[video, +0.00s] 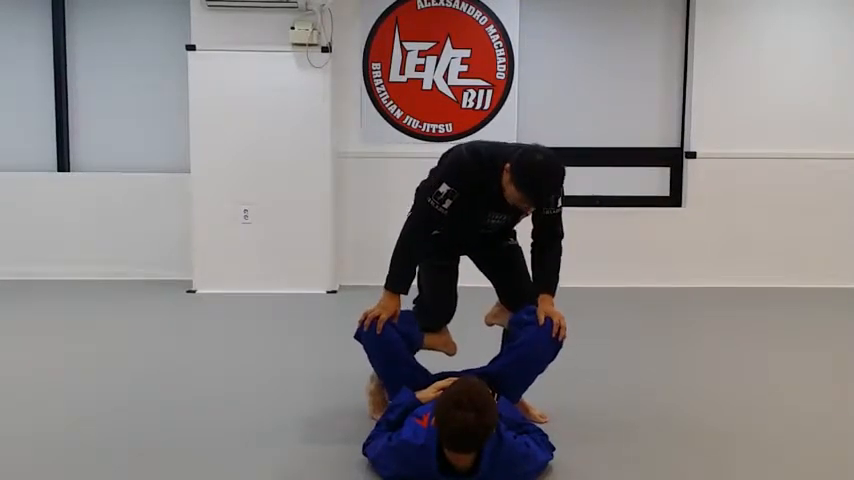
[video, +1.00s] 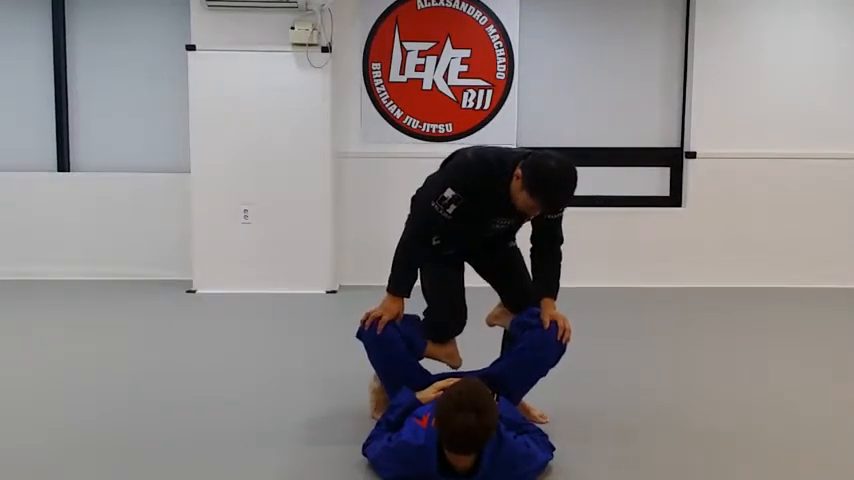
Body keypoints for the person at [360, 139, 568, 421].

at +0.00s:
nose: (527, 209)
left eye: (534, 204)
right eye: (523, 200)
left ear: (548, 191)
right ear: (508, 175)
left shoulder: (547, 181)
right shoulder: (465, 163)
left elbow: (548, 238)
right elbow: (417, 226)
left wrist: (546, 298)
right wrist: (392, 295)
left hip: (493, 233)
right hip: (442, 231)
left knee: (526, 305)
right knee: (437, 313)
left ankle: (508, 392)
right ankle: (384, 373)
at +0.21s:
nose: (526, 213)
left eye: (534, 208)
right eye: (522, 204)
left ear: (549, 194)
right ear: (509, 177)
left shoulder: (547, 183)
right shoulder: (464, 165)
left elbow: (548, 239)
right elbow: (416, 226)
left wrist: (547, 299)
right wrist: (391, 296)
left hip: (491, 232)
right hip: (440, 230)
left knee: (525, 307)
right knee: (436, 313)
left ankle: (508, 393)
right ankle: (384, 373)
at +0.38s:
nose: (522, 215)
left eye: (529, 211)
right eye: (518, 206)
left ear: (547, 194)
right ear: (506, 177)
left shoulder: (545, 182)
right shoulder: (464, 165)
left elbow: (548, 239)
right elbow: (414, 228)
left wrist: (546, 298)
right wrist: (389, 297)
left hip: (491, 232)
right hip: (439, 230)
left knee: (526, 305)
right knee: (435, 312)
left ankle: (508, 392)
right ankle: (384, 373)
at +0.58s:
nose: (521, 216)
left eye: (527, 212)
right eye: (516, 208)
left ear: (544, 195)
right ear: (505, 179)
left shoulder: (545, 182)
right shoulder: (463, 166)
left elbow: (547, 239)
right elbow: (413, 228)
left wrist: (546, 299)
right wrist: (391, 296)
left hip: (491, 231)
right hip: (439, 230)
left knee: (525, 306)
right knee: (437, 313)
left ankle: (508, 392)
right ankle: (386, 373)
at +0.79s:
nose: (525, 216)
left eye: (533, 211)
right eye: (521, 206)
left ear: (551, 196)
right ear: (510, 178)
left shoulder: (547, 183)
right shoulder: (465, 166)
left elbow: (547, 241)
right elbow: (415, 227)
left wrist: (547, 300)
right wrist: (394, 296)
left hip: (492, 234)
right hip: (441, 233)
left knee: (526, 306)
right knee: (443, 318)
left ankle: (508, 393)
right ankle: (387, 373)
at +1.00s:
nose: (533, 216)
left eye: (542, 212)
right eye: (530, 206)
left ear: (556, 199)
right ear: (518, 177)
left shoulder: (550, 188)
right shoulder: (470, 168)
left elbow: (548, 244)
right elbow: (418, 224)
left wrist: (548, 303)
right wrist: (395, 296)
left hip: (491, 239)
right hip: (441, 236)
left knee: (529, 308)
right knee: (448, 324)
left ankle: (508, 395)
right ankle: (388, 374)